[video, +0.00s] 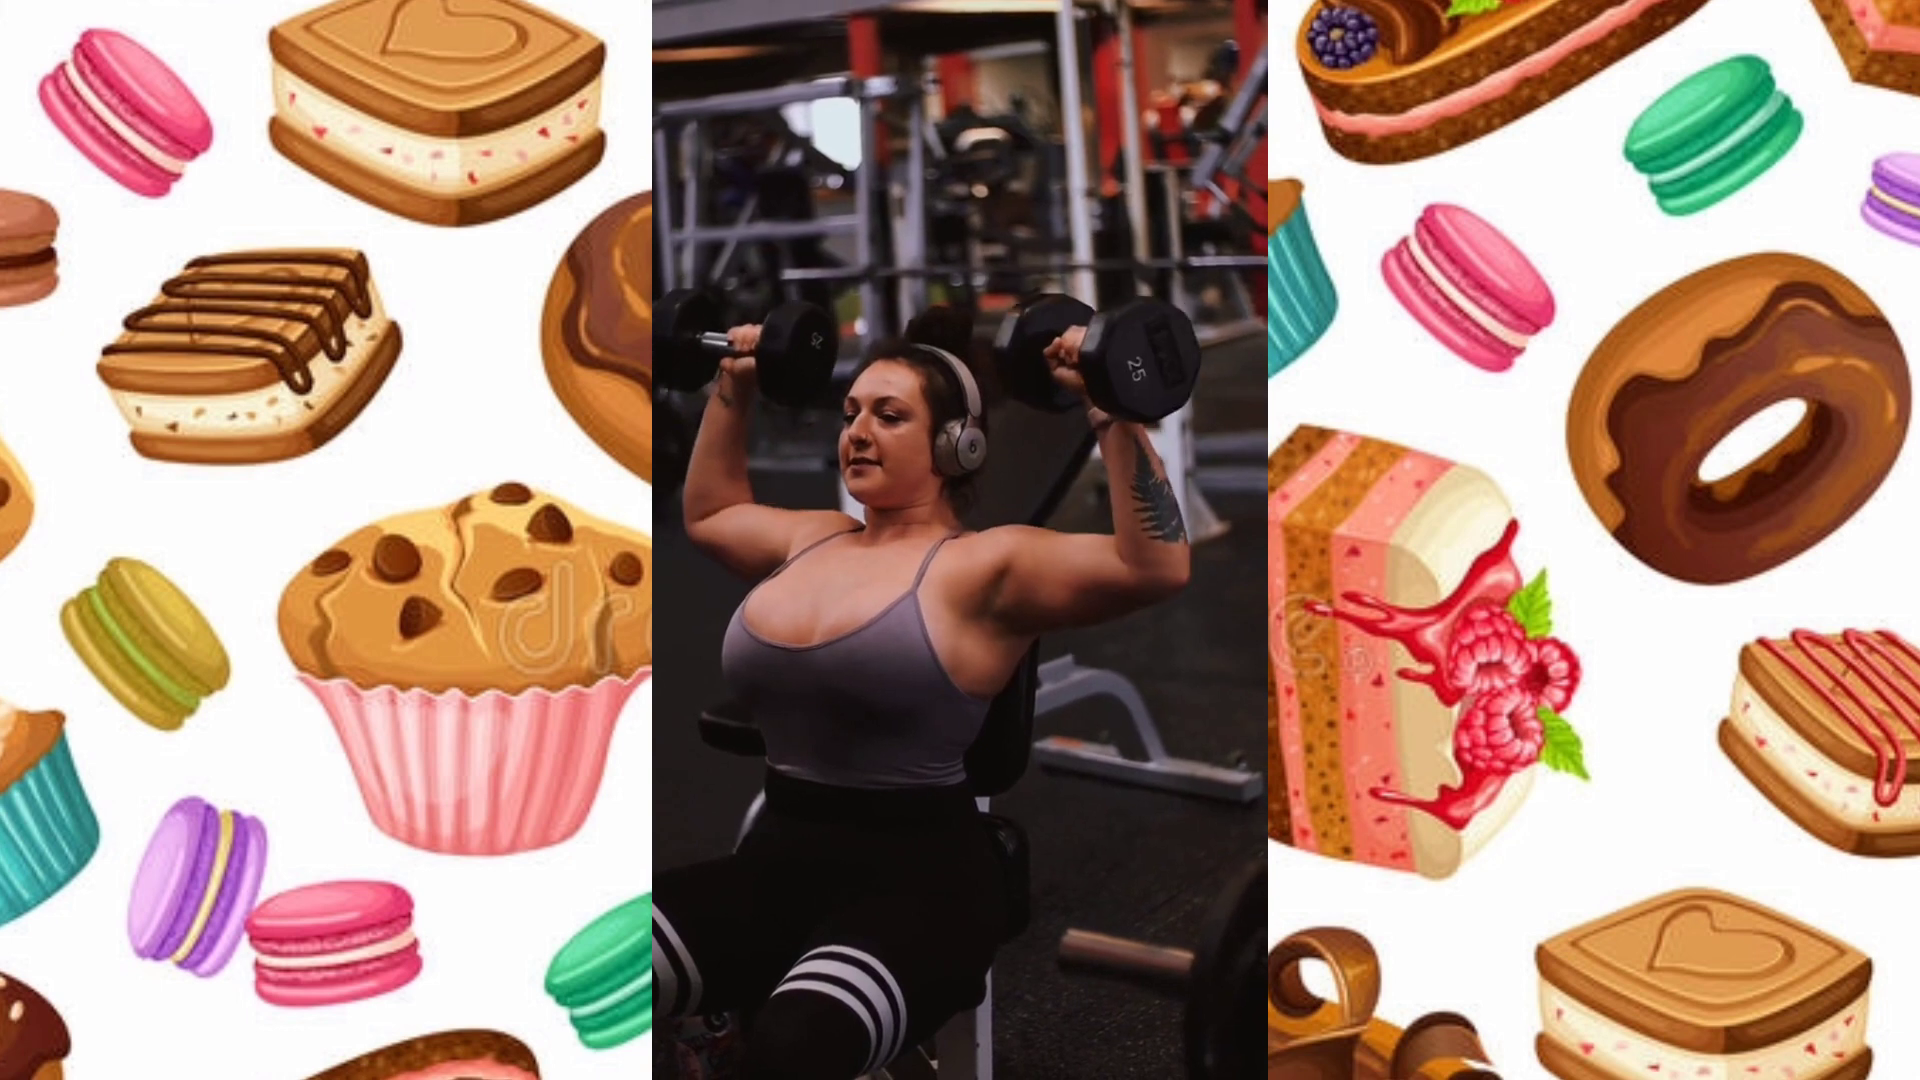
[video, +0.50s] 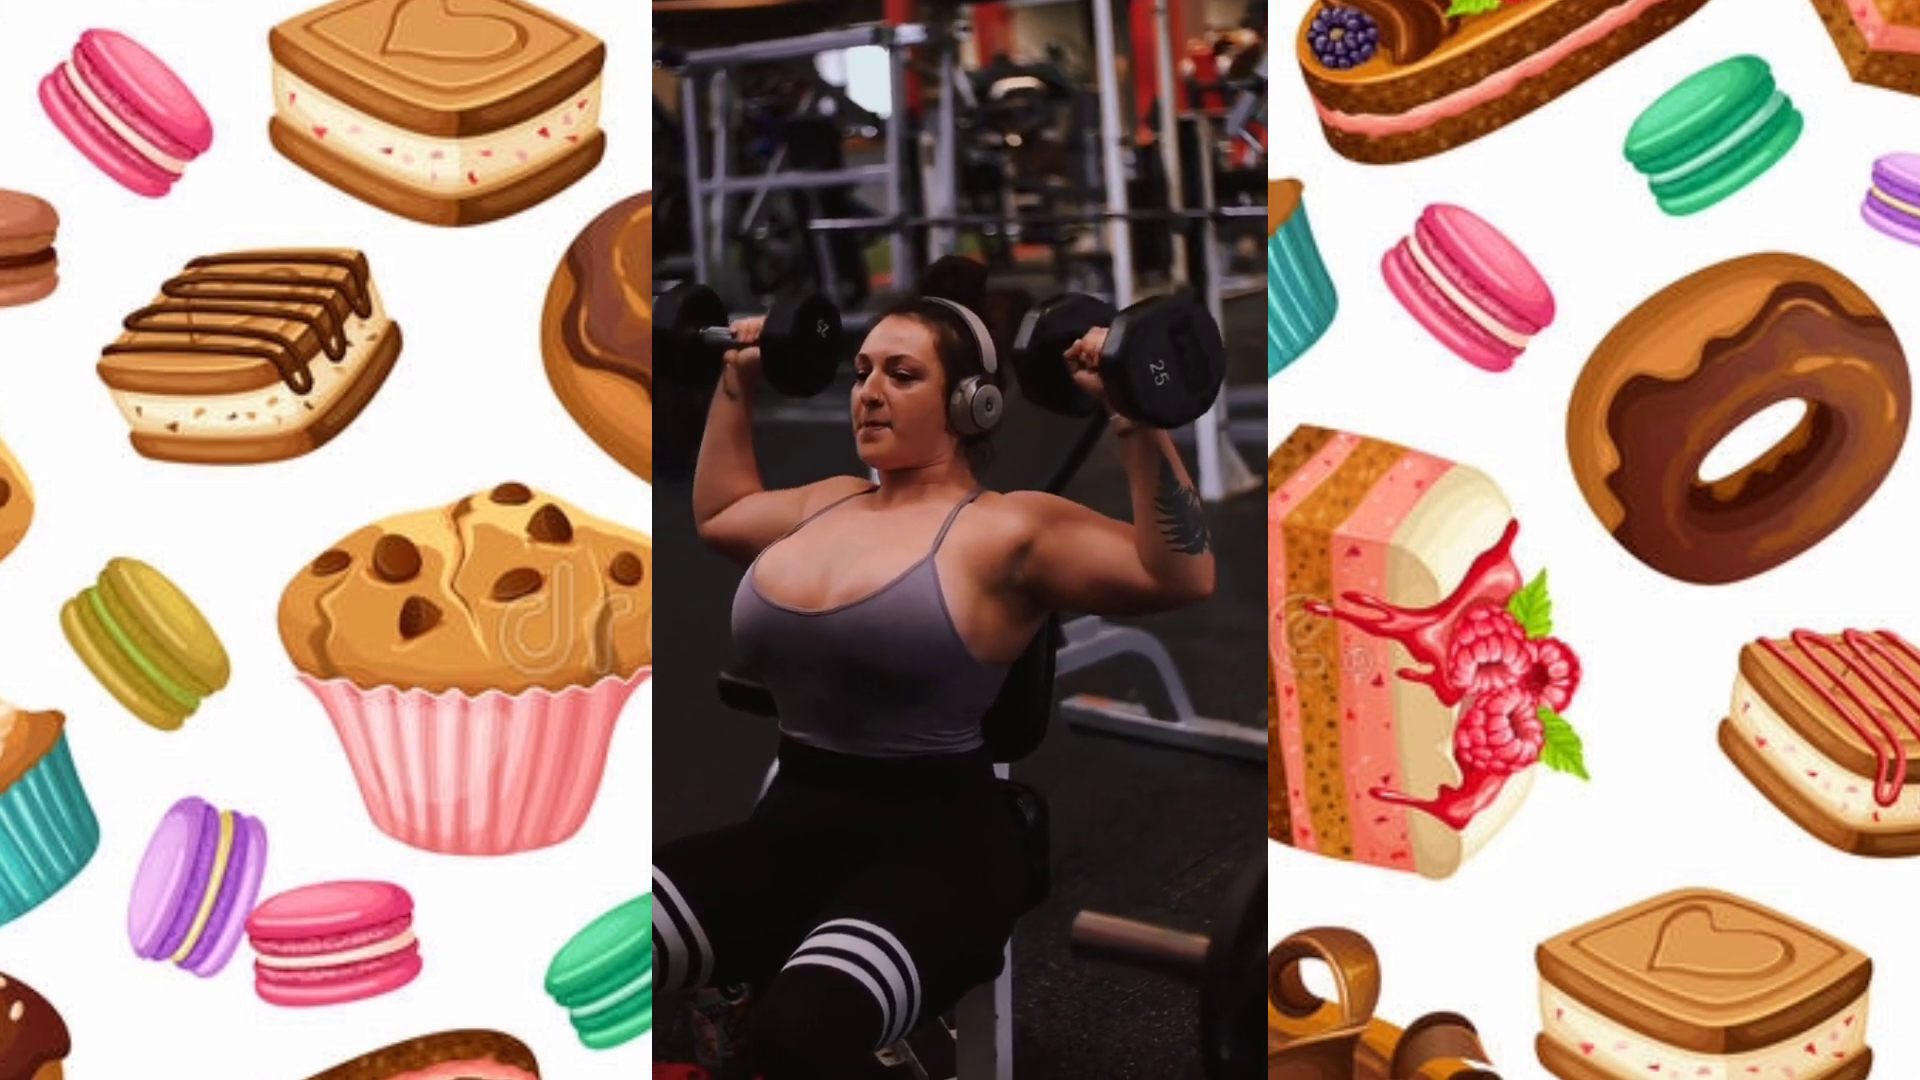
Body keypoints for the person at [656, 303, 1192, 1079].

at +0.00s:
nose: (857, 433)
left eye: (889, 416)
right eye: (851, 413)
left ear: (953, 442)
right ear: (840, 431)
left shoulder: (986, 566)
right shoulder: (815, 535)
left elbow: (1157, 567)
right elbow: (708, 512)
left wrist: (1113, 410)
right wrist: (731, 389)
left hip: (922, 880)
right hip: (784, 863)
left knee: (792, 1044)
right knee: (594, 970)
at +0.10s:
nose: (859, 426)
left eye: (891, 409)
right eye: (853, 406)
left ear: (955, 436)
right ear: (842, 422)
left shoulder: (992, 561)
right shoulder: (817, 532)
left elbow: (1162, 596)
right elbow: (711, 532)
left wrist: (1123, 437)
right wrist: (730, 403)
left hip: (926, 873)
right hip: (787, 856)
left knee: (793, 1040)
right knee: (598, 962)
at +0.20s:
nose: (863, 419)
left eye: (895, 403)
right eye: (858, 399)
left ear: (959, 429)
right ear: (846, 416)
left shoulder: (998, 557)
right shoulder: (824, 528)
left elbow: (1169, 625)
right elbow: (718, 548)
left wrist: (1139, 465)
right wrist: (730, 421)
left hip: (929, 869)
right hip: (790, 851)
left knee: (797, 1036)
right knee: (601, 957)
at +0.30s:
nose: (870, 411)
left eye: (901, 394)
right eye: (865, 391)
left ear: (966, 421)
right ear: (851, 405)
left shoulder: (1010, 551)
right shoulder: (835, 521)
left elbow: (1178, 629)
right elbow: (726, 556)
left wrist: (1144, 468)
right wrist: (734, 428)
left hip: (939, 860)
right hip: (798, 843)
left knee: (799, 1035)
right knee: (602, 949)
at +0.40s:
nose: (872, 403)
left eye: (903, 387)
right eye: (867, 383)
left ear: (969, 413)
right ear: (853, 398)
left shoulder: (1012, 543)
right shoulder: (836, 514)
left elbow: (1183, 614)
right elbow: (727, 545)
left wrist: (1144, 453)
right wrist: (737, 417)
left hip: (941, 857)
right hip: (799, 838)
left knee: (802, 1032)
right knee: (602, 945)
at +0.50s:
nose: (869, 392)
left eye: (901, 375)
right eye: (863, 371)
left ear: (967, 401)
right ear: (851, 387)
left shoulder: (1009, 528)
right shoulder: (829, 501)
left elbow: (1180, 574)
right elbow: (718, 512)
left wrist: (1132, 412)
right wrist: (736, 377)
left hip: (940, 849)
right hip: (795, 831)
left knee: (799, 1028)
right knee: (601, 940)